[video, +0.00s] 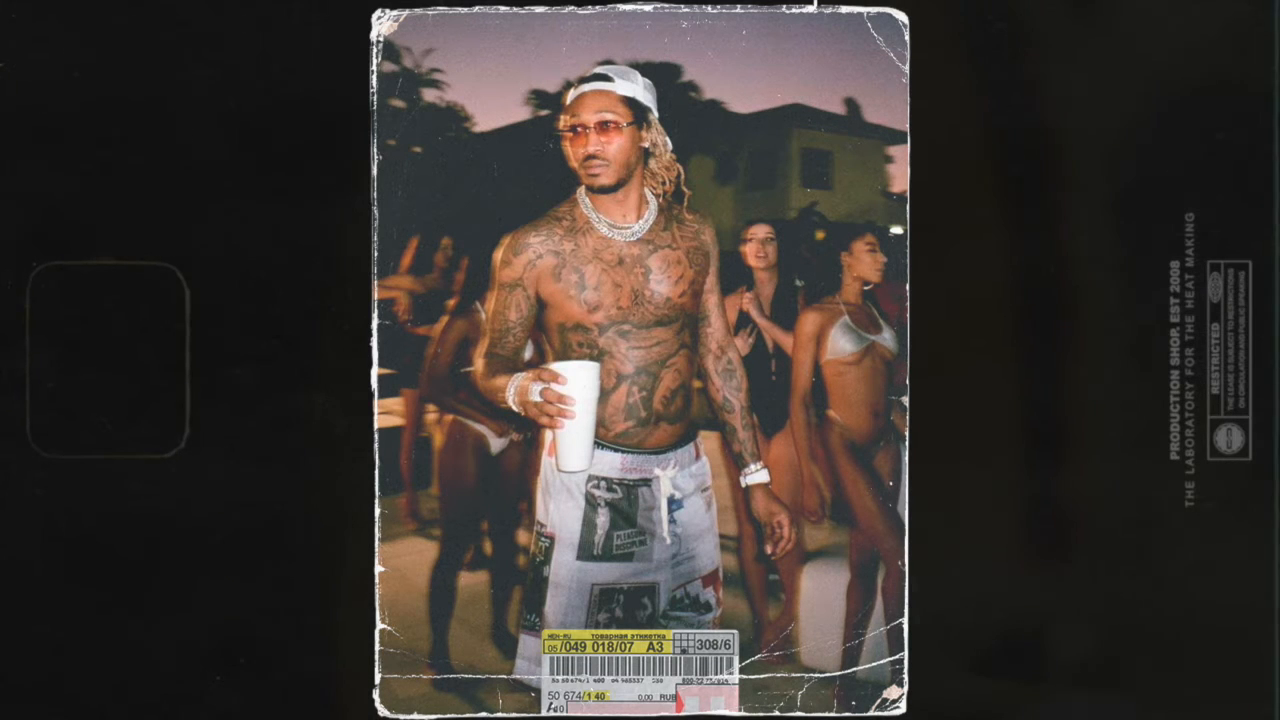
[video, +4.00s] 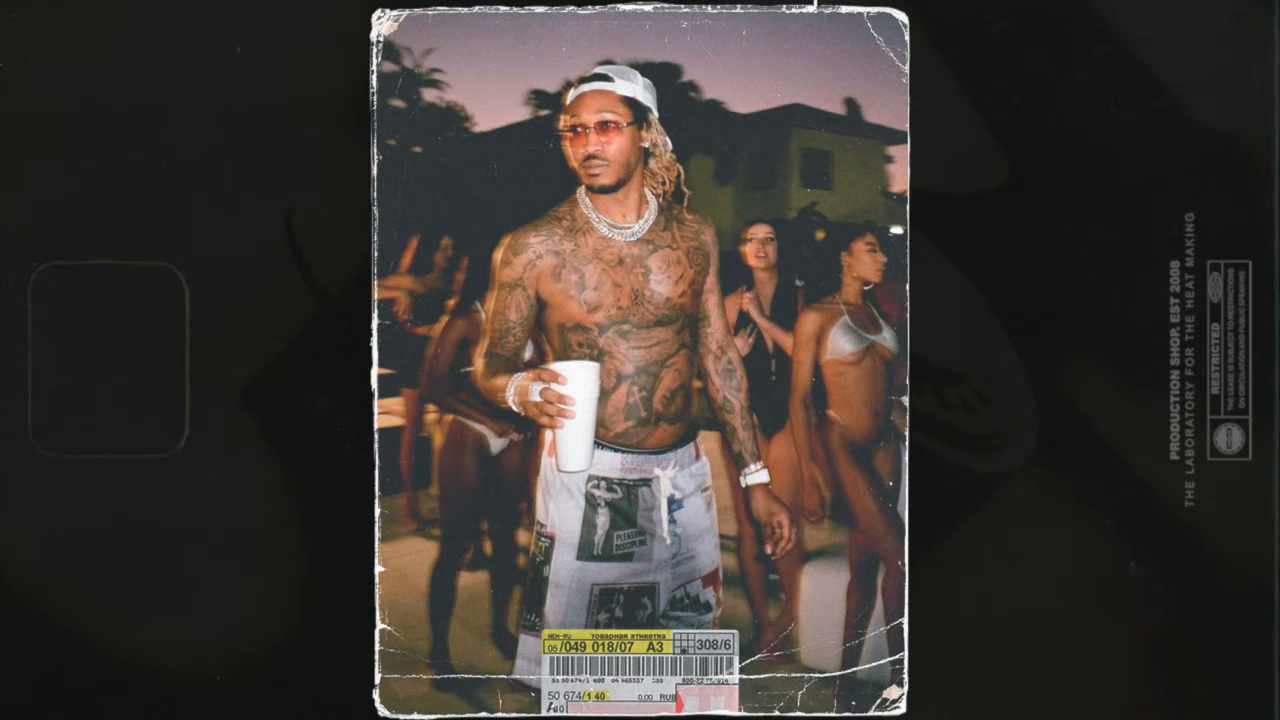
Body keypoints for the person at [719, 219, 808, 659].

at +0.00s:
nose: (759, 249)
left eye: (768, 241)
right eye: (751, 242)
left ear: (781, 249)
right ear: (741, 250)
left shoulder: (797, 296)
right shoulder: (730, 300)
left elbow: (802, 351)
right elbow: (714, 365)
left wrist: (761, 318)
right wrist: (735, 346)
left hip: (784, 420)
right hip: (739, 421)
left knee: (783, 520)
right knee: (748, 526)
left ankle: (794, 614)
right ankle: (762, 620)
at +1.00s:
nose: (760, 249)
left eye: (768, 242)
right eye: (752, 242)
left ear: (781, 249)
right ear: (741, 250)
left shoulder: (797, 295)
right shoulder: (731, 300)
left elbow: (804, 352)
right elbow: (714, 365)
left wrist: (762, 319)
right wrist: (734, 345)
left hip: (784, 420)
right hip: (738, 421)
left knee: (784, 521)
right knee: (749, 527)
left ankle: (794, 612)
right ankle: (762, 623)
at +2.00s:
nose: (760, 249)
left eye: (768, 241)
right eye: (752, 242)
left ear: (781, 249)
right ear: (741, 250)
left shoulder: (797, 296)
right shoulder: (730, 300)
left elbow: (804, 352)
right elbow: (713, 365)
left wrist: (761, 318)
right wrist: (736, 340)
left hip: (784, 419)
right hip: (738, 420)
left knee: (783, 522)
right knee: (748, 526)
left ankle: (794, 613)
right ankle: (761, 621)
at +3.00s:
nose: (760, 249)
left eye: (768, 241)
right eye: (752, 241)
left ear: (781, 250)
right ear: (741, 250)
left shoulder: (797, 296)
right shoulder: (730, 300)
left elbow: (804, 352)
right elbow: (712, 365)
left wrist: (761, 318)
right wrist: (734, 345)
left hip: (783, 420)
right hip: (738, 421)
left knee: (783, 521)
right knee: (748, 525)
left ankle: (793, 613)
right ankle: (762, 621)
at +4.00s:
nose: (759, 249)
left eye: (767, 242)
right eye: (752, 242)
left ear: (781, 249)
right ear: (740, 250)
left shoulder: (797, 296)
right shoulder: (731, 300)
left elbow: (803, 351)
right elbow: (714, 365)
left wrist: (761, 318)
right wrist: (735, 344)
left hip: (784, 420)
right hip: (739, 421)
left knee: (783, 521)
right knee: (748, 526)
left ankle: (793, 613)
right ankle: (762, 621)